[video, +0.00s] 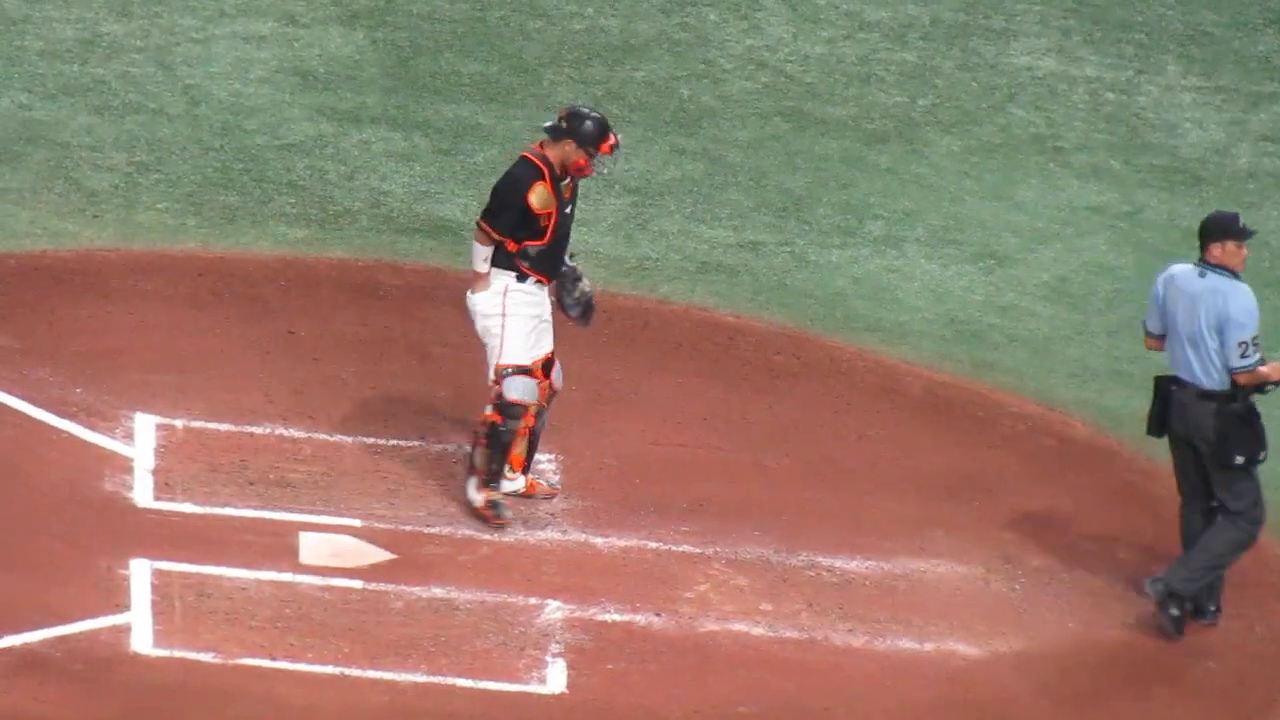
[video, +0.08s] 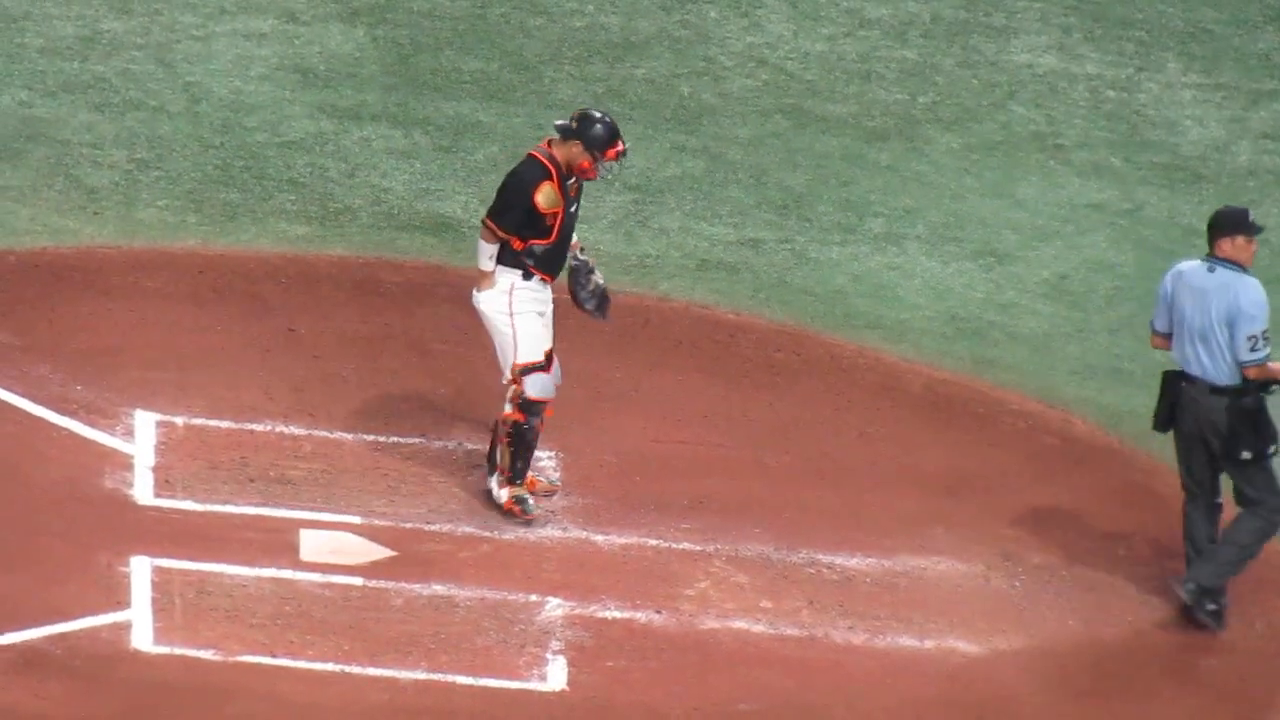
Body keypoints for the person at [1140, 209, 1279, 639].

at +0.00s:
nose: (1246, 251)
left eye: (1244, 244)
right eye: (1241, 245)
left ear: (1210, 249)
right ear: (1219, 249)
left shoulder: (1171, 277)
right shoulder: (1237, 296)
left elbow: (1154, 340)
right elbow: (1243, 374)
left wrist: (1200, 339)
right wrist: (1269, 372)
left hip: (1178, 404)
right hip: (1218, 413)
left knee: (1196, 504)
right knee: (1244, 515)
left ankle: (1205, 599)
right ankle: (1173, 588)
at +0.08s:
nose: (1256, 247)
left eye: (1254, 239)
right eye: (1250, 240)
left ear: (1218, 244)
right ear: (1229, 243)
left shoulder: (1179, 273)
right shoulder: (1247, 290)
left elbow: (1160, 339)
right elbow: (1253, 368)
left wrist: (1207, 340)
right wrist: (1276, 369)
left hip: (1188, 399)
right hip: (1230, 408)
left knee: (1199, 496)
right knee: (1264, 505)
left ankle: (1204, 594)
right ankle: (1201, 584)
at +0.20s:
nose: (1267, 239)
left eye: (1265, 232)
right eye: (1263, 233)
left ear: (1227, 237)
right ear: (1247, 237)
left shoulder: (1188, 271)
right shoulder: (1264, 284)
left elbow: (1168, 336)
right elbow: (1269, 361)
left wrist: (1215, 339)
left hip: (1202, 396)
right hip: (1249, 401)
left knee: (1205, 496)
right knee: (1273, 494)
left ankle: (1204, 594)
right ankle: (1255, 592)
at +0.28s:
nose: (1273, 240)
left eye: (1270, 233)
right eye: (1270, 234)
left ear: (1233, 236)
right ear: (1257, 238)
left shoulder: (1196, 274)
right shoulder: (1273, 284)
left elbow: (1171, 339)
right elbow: (1278, 361)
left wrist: (1216, 336)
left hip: (1214, 397)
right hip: (1262, 401)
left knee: (1208, 497)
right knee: (1276, 499)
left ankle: (1205, 599)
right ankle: (1277, 601)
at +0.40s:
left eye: (1279, 233)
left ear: (1245, 235)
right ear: (1276, 237)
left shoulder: (1212, 276)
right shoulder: (1278, 274)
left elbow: (1181, 341)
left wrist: (1224, 331)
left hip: (1231, 398)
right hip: (1275, 399)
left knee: (1214, 496)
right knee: (1279, 493)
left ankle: (1206, 598)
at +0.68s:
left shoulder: (1273, 288)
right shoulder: (1271, 289)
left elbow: (1245, 358)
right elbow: (1247, 356)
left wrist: (1239, 360)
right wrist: (1245, 360)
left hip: (1274, 417)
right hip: (1272, 416)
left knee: (1238, 501)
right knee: (1237, 501)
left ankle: (1208, 600)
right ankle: (1209, 599)